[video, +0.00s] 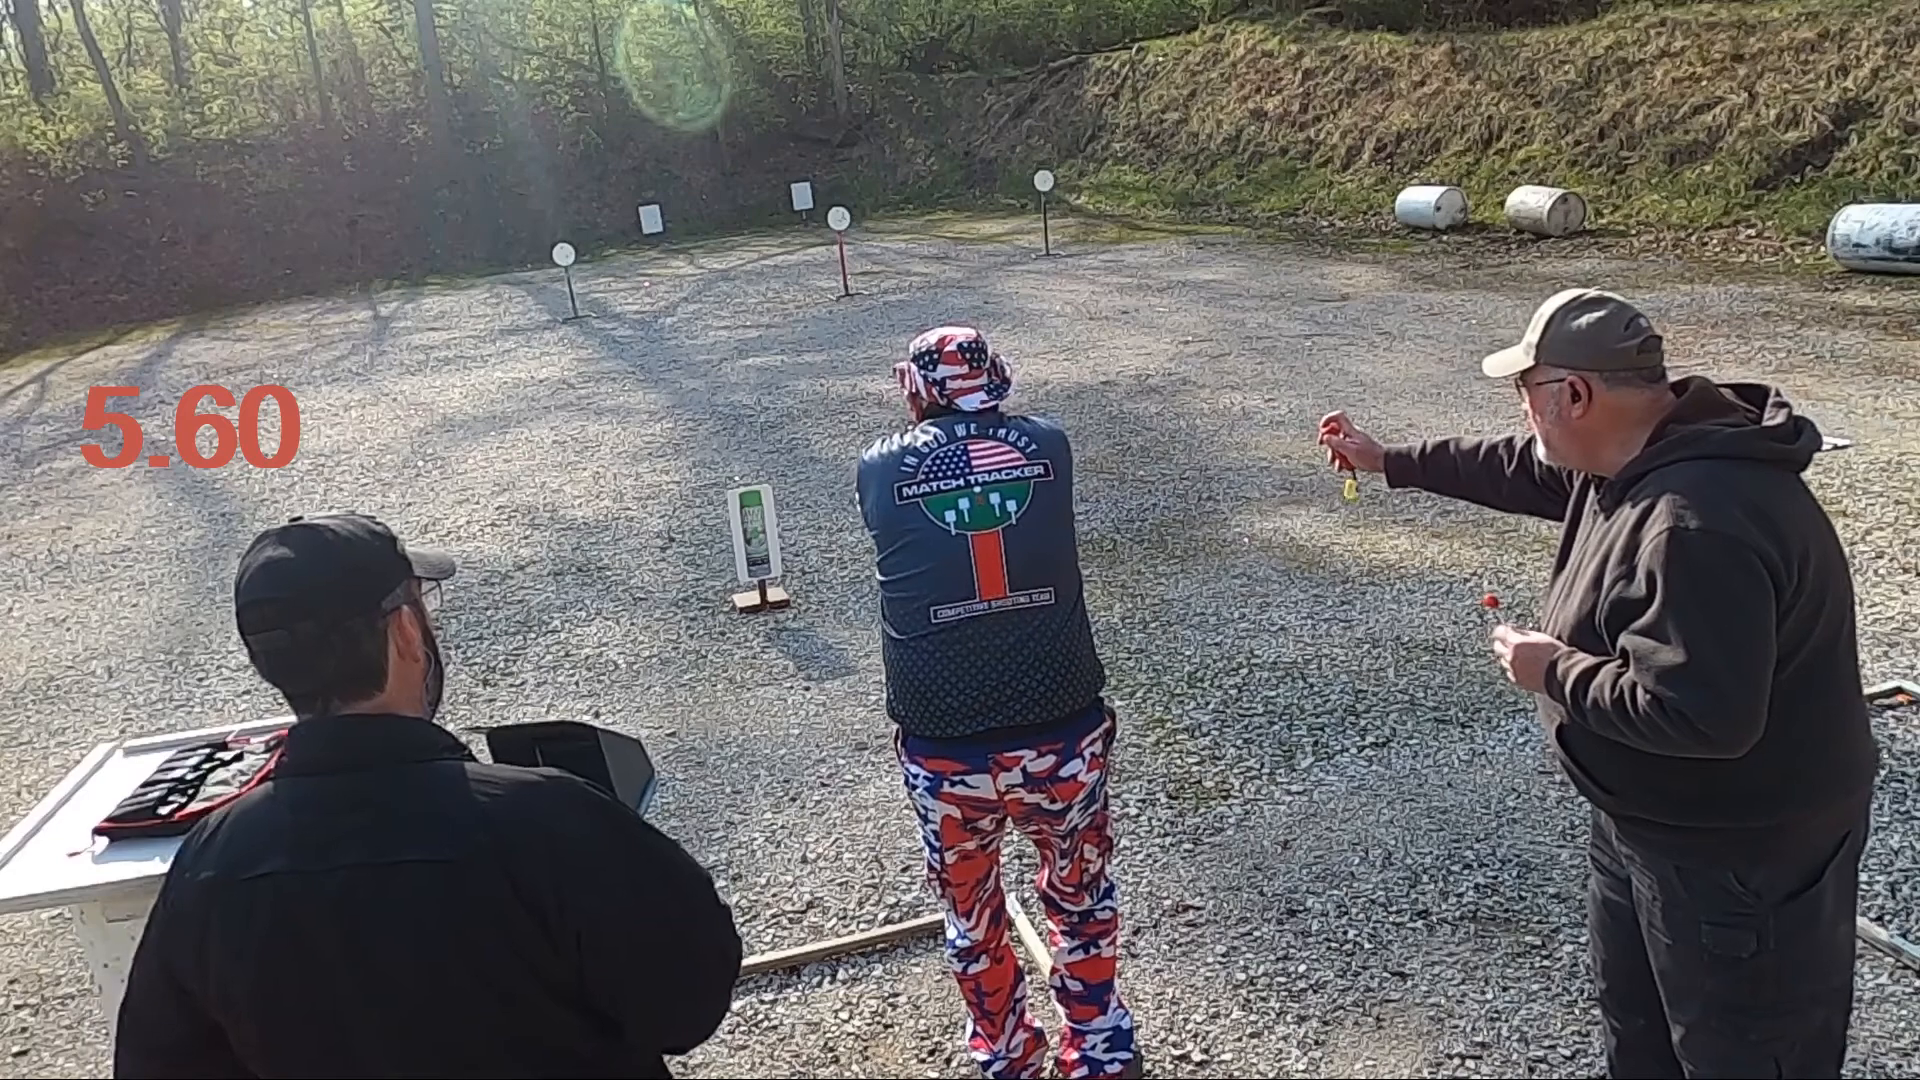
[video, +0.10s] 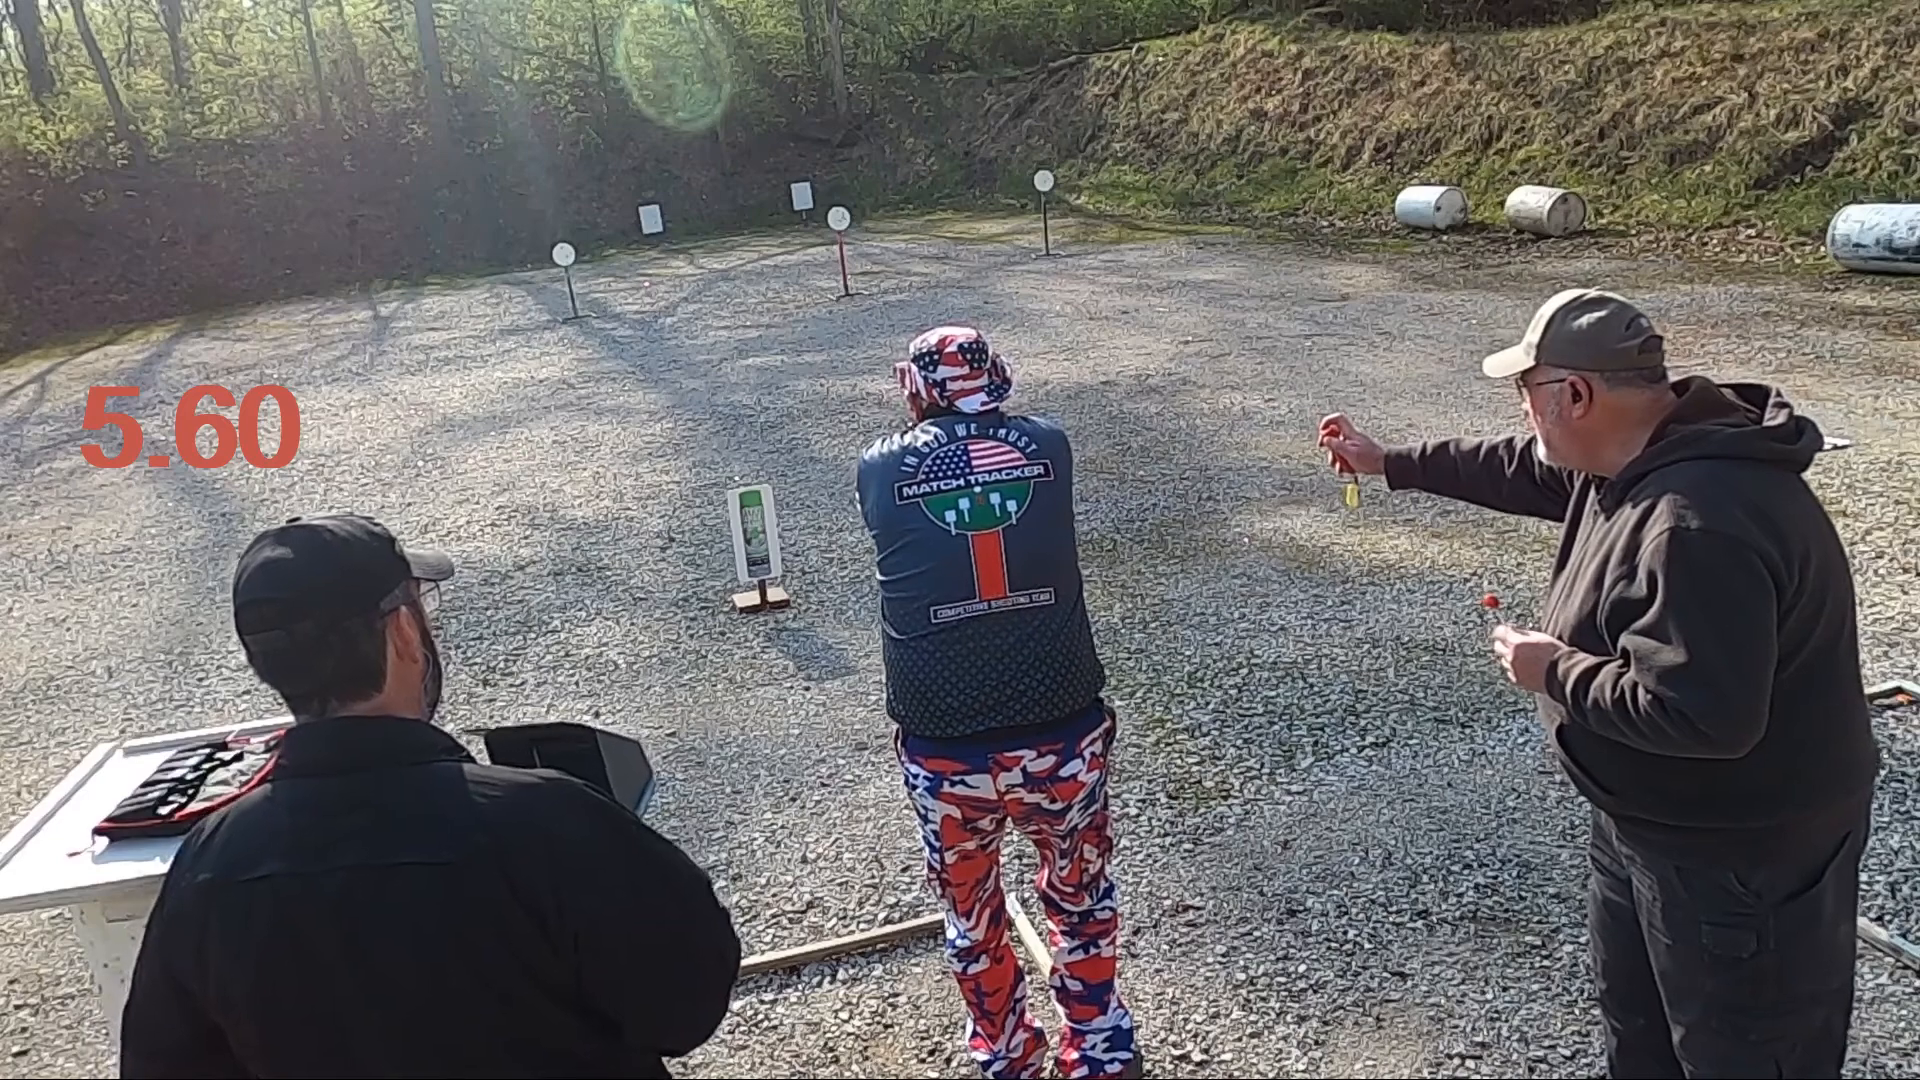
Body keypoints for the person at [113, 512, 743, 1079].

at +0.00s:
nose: (428, 624)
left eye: (421, 601)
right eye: (421, 603)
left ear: (274, 665)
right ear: (403, 630)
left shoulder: (208, 867)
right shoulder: (551, 822)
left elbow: (152, 1066)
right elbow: (698, 989)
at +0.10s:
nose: (429, 627)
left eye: (423, 604)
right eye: (421, 605)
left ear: (271, 667)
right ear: (401, 631)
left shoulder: (207, 868)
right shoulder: (547, 823)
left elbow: (156, 1066)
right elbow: (695, 994)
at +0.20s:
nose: (426, 627)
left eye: (420, 604)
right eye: (419, 605)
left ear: (271, 669)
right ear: (400, 632)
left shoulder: (207, 871)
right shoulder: (545, 824)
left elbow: (156, 1066)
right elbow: (693, 996)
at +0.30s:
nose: (426, 627)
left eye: (420, 605)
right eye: (419, 607)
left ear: (270, 668)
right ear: (398, 633)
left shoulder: (205, 873)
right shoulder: (544, 823)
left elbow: (149, 1067)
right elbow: (694, 996)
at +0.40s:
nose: (425, 629)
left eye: (420, 606)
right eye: (418, 608)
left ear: (271, 667)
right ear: (396, 631)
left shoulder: (205, 871)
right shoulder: (543, 823)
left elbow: (141, 1065)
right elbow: (693, 995)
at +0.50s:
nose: (424, 625)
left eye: (417, 603)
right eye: (416, 605)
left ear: (269, 666)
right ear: (396, 629)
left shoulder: (205, 873)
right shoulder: (545, 822)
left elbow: (136, 1064)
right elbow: (693, 994)